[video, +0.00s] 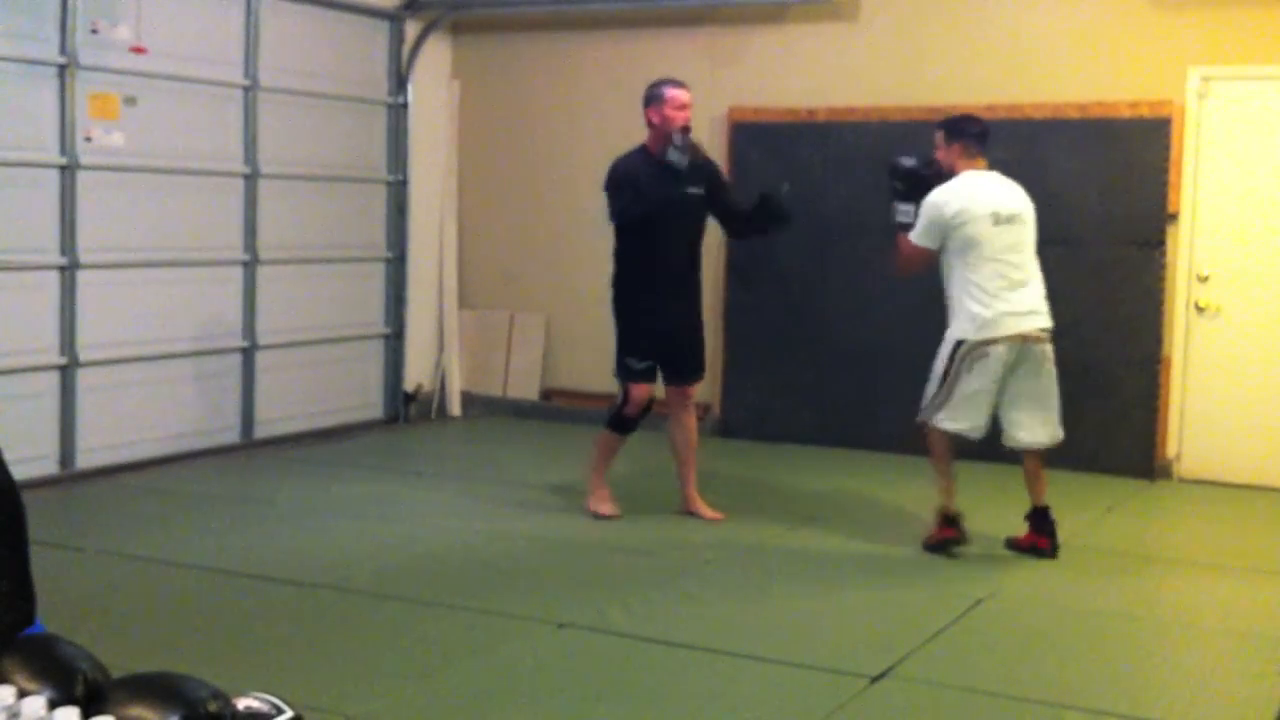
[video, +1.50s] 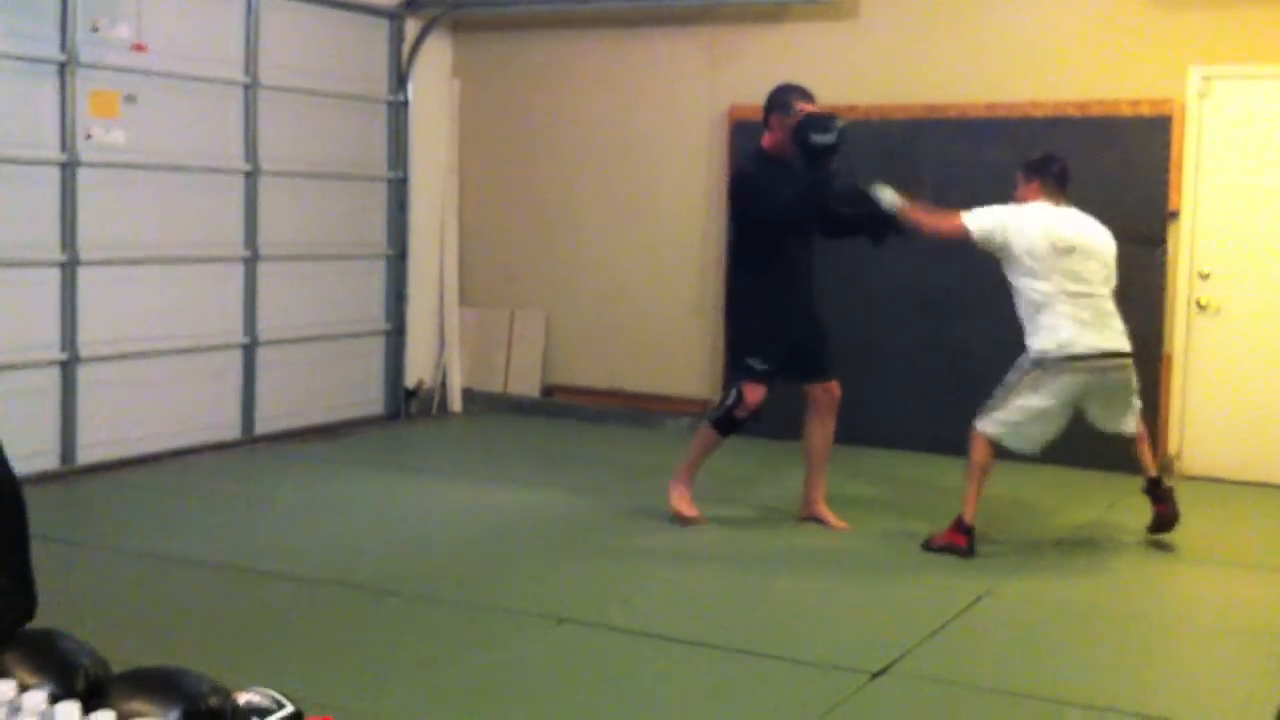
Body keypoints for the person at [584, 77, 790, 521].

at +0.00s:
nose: (686, 116)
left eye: (688, 108)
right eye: (678, 108)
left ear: (689, 113)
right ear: (651, 114)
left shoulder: (701, 169)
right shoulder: (629, 170)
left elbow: (734, 224)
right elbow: (632, 223)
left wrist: (764, 214)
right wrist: (671, 169)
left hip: (683, 296)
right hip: (638, 297)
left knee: (683, 397)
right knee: (638, 395)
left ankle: (690, 495)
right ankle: (597, 483)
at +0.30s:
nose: (694, 125)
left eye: (696, 118)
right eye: (686, 117)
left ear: (690, 120)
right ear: (659, 118)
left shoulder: (694, 169)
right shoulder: (635, 173)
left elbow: (711, 229)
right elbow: (647, 217)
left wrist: (743, 229)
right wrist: (699, 168)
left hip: (691, 299)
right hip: (646, 302)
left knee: (730, 383)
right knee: (649, 401)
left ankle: (708, 483)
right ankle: (621, 494)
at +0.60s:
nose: (721, 133)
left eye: (726, 124)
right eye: (714, 124)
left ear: (729, 126)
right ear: (690, 123)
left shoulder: (723, 173)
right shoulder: (665, 174)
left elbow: (758, 222)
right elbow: (680, 221)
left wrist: (786, 184)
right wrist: (719, 163)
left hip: (716, 302)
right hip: (671, 302)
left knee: (742, 400)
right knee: (662, 401)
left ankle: (775, 502)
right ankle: (622, 493)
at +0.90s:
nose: (773, 134)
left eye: (777, 126)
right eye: (765, 124)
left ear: (777, 125)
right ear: (740, 121)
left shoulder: (765, 170)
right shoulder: (709, 170)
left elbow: (798, 227)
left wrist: (823, 183)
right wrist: (768, 164)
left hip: (760, 299)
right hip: (716, 300)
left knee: (769, 399)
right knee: (716, 400)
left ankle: (779, 503)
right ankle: (659, 482)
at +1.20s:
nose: (801, 136)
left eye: (806, 127)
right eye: (794, 125)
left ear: (800, 127)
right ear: (765, 122)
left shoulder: (780, 170)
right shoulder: (732, 171)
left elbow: (791, 226)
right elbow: (774, 223)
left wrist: (832, 206)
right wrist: (794, 171)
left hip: (769, 301)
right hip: (729, 303)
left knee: (811, 390)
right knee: (726, 400)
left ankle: (809, 501)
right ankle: (677, 499)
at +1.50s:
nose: (809, 134)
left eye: (812, 125)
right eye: (801, 124)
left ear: (811, 125)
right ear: (774, 123)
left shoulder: (804, 169)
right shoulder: (752, 174)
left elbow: (826, 221)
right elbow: (786, 221)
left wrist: (877, 220)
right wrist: (818, 168)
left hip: (796, 298)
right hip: (754, 299)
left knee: (825, 392)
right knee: (748, 396)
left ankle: (814, 502)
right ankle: (682, 481)